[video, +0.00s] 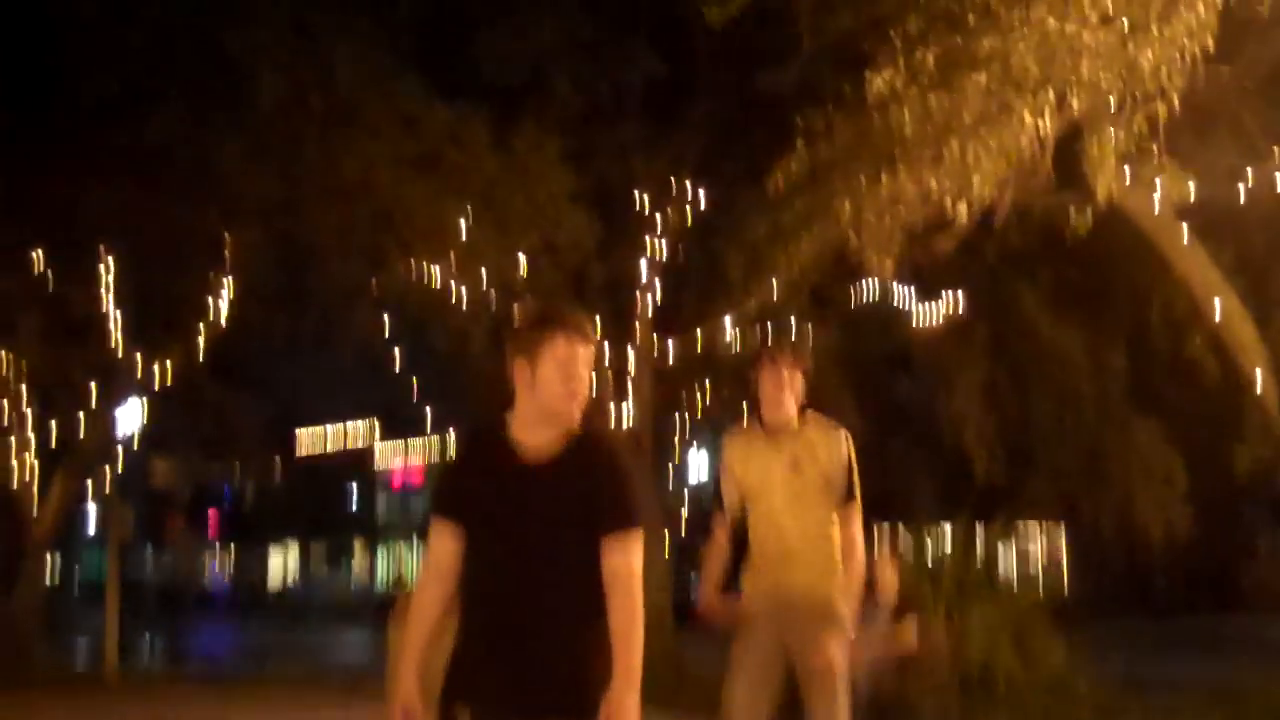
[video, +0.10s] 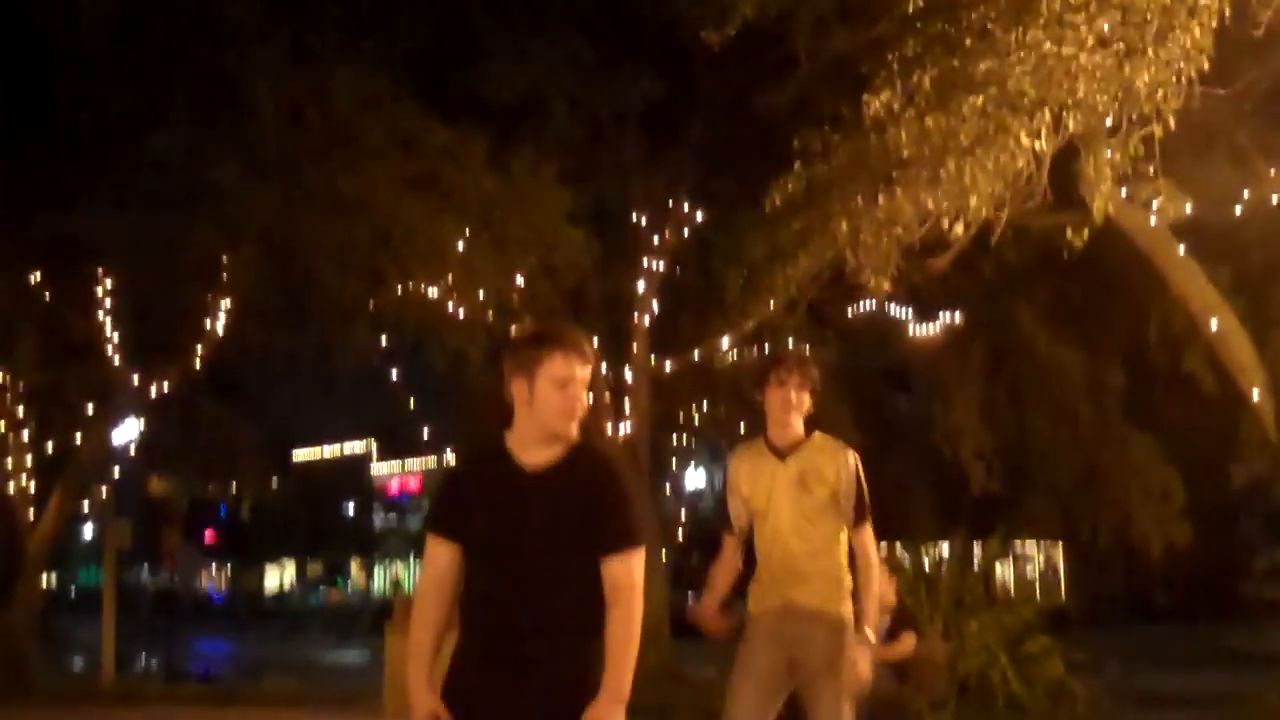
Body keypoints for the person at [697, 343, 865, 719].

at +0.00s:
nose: (780, 390)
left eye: (788, 380)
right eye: (771, 381)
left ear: (802, 385)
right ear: (757, 387)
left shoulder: (834, 440)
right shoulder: (737, 445)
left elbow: (852, 527)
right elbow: (725, 524)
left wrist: (848, 608)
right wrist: (708, 593)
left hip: (821, 606)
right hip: (760, 605)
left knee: (831, 712)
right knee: (742, 708)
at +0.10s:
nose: (791, 397)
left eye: (801, 388)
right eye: (781, 385)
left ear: (811, 399)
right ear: (763, 395)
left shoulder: (841, 460)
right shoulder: (742, 461)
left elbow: (865, 551)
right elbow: (733, 544)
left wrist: (866, 633)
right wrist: (708, 604)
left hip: (828, 620)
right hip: (766, 618)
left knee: (832, 713)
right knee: (742, 712)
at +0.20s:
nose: (802, 419)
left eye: (811, 409)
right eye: (792, 408)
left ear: (824, 419)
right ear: (775, 417)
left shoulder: (853, 478)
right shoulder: (754, 481)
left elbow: (887, 575)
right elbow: (747, 575)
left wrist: (889, 661)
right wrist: (717, 653)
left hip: (840, 651)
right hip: (776, 652)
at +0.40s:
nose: (812, 454)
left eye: (821, 446)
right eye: (802, 443)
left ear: (832, 458)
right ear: (782, 452)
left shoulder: (861, 520)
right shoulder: (759, 520)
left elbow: (905, 607)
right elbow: (755, 606)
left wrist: (891, 684)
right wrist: (747, 684)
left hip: (843, 675)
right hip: (780, 674)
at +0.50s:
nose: (809, 487)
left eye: (819, 479)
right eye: (799, 476)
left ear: (829, 492)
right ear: (781, 486)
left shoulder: (859, 551)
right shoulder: (758, 551)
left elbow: (900, 640)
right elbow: (757, 638)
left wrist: (890, 707)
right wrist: (746, 709)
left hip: (841, 702)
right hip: (778, 702)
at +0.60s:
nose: (804, 482)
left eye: (813, 474)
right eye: (793, 472)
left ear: (824, 487)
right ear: (775, 482)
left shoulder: (855, 547)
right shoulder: (754, 549)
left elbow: (895, 634)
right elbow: (755, 640)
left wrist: (881, 705)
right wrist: (743, 711)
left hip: (838, 701)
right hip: (775, 700)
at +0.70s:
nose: (798, 481)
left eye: (808, 473)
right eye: (787, 471)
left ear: (819, 486)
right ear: (770, 482)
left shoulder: (849, 547)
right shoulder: (751, 550)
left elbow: (890, 637)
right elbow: (754, 635)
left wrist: (870, 709)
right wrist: (744, 710)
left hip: (834, 702)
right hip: (773, 700)